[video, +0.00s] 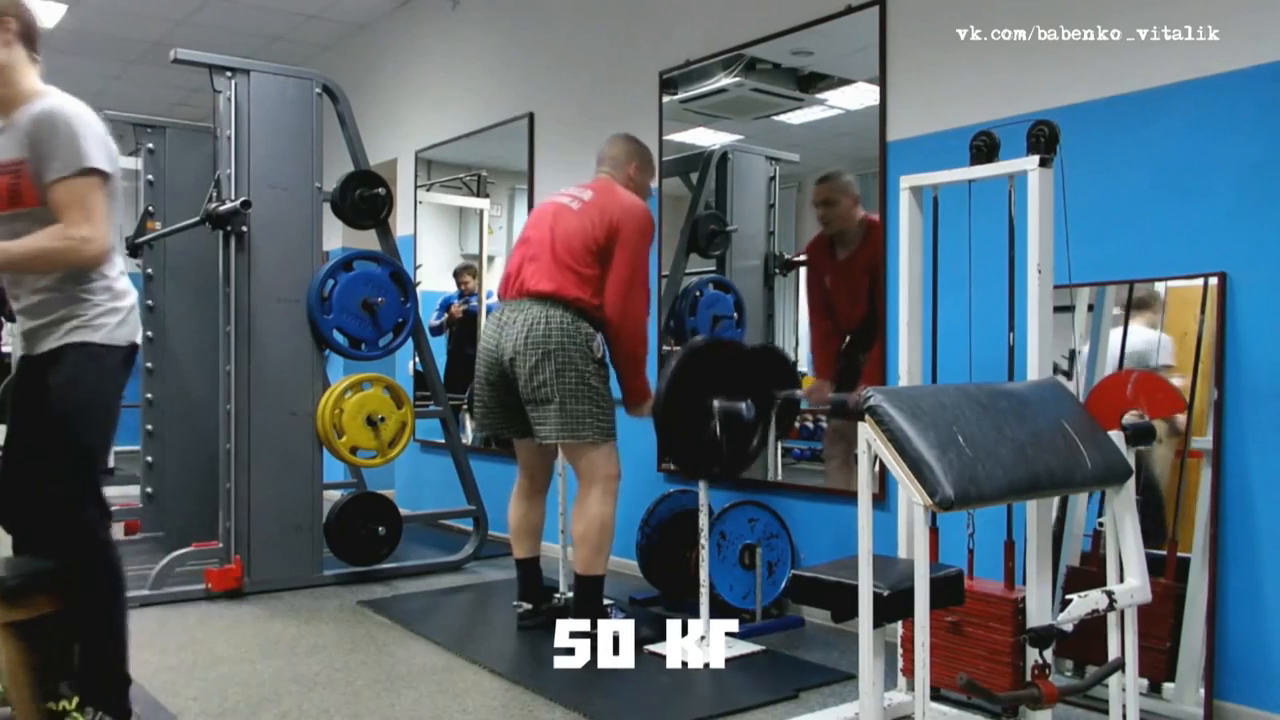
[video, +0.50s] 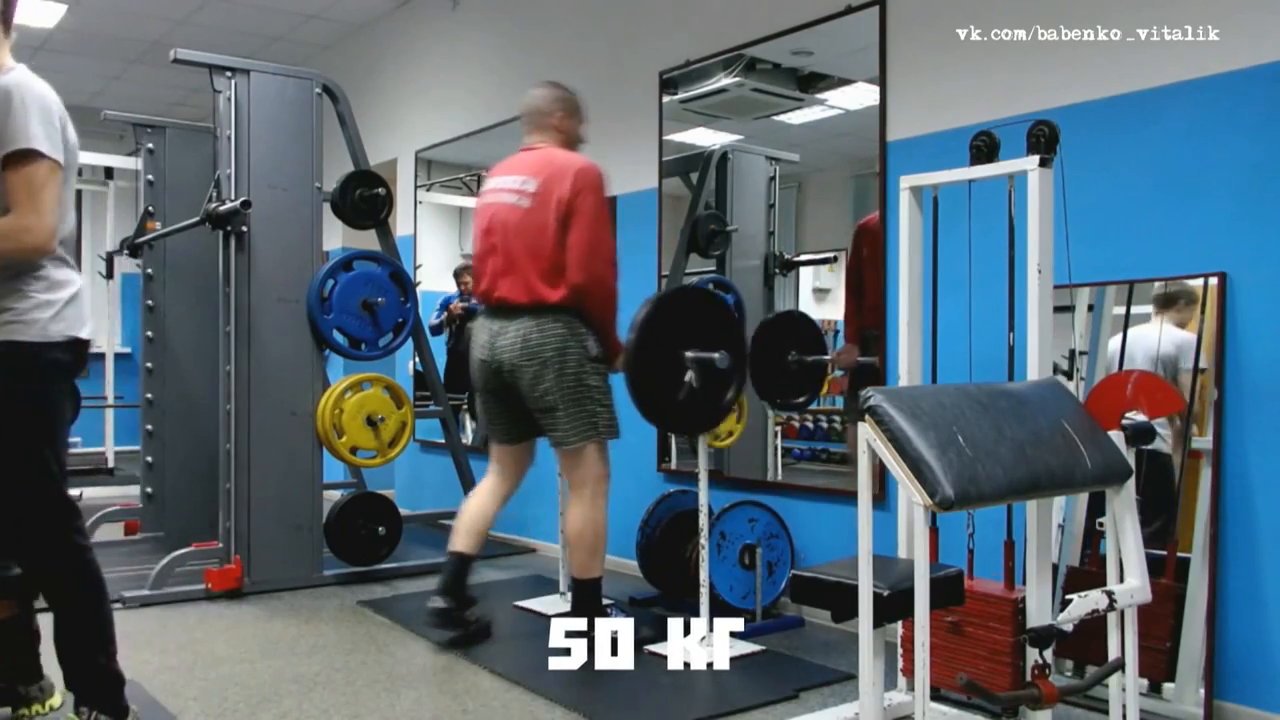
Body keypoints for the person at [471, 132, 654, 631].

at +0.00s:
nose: (648, 193)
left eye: (649, 186)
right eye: (648, 184)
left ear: (602, 168)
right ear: (634, 171)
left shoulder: (557, 201)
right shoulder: (631, 209)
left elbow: (511, 282)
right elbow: (623, 307)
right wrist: (637, 390)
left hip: (502, 327)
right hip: (558, 332)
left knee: (532, 470)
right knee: (598, 475)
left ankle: (532, 598)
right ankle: (588, 612)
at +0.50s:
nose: (583, 130)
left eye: (581, 121)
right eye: (580, 121)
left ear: (530, 122)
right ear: (563, 119)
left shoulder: (499, 175)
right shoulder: (580, 173)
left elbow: (482, 268)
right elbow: (591, 271)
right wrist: (610, 342)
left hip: (489, 336)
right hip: (552, 336)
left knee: (504, 466)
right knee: (585, 475)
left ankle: (449, 595)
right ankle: (586, 619)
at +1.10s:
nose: (508, 129)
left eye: (506, 120)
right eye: (506, 120)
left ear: (454, 120)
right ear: (489, 117)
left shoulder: (422, 176)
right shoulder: (503, 168)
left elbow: (404, 271)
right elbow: (509, 269)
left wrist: (437, 315)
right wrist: (528, 342)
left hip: (416, 334)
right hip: (477, 332)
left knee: (444, 481)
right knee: (528, 477)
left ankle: (433, 623)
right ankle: (488, 627)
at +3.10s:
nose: (468, 124)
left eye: (468, 114)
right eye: (465, 113)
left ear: (415, 111)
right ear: (441, 109)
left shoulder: (379, 168)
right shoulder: (452, 166)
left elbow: (365, 268)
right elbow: (473, 274)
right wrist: (496, 343)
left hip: (379, 337)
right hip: (439, 336)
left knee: (408, 484)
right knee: (468, 493)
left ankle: (399, 622)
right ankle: (469, 652)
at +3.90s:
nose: (435, 109)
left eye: (432, 99)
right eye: (428, 100)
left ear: (380, 104)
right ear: (401, 100)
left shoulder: (356, 164)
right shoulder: (425, 147)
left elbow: (368, 267)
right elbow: (476, 242)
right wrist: (511, 281)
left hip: (396, 333)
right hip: (449, 324)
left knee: (424, 473)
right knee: (494, 476)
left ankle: (401, 612)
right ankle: (477, 638)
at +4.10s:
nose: (427, 143)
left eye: (428, 135)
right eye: (424, 134)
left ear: (373, 124)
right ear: (399, 123)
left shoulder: (345, 181)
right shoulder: (399, 163)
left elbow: (384, 263)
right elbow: (475, 231)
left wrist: (458, 203)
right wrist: (514, 201)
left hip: (411, 348)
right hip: (462, 340)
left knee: (434, 487)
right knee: (502, 489)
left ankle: (402, 620)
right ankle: (472, 652)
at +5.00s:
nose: (453, 123)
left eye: (452, 112)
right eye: (449, 111)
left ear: (398, 110)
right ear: (423, 108)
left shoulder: (361, 172)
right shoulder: (431, 160)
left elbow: (363, 275)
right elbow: (472, 258)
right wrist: (522, 281)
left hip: (387, 341)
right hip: (444, 334)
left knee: (416, 481)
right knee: (479, 491)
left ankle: (400, 622)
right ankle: (470, 654)